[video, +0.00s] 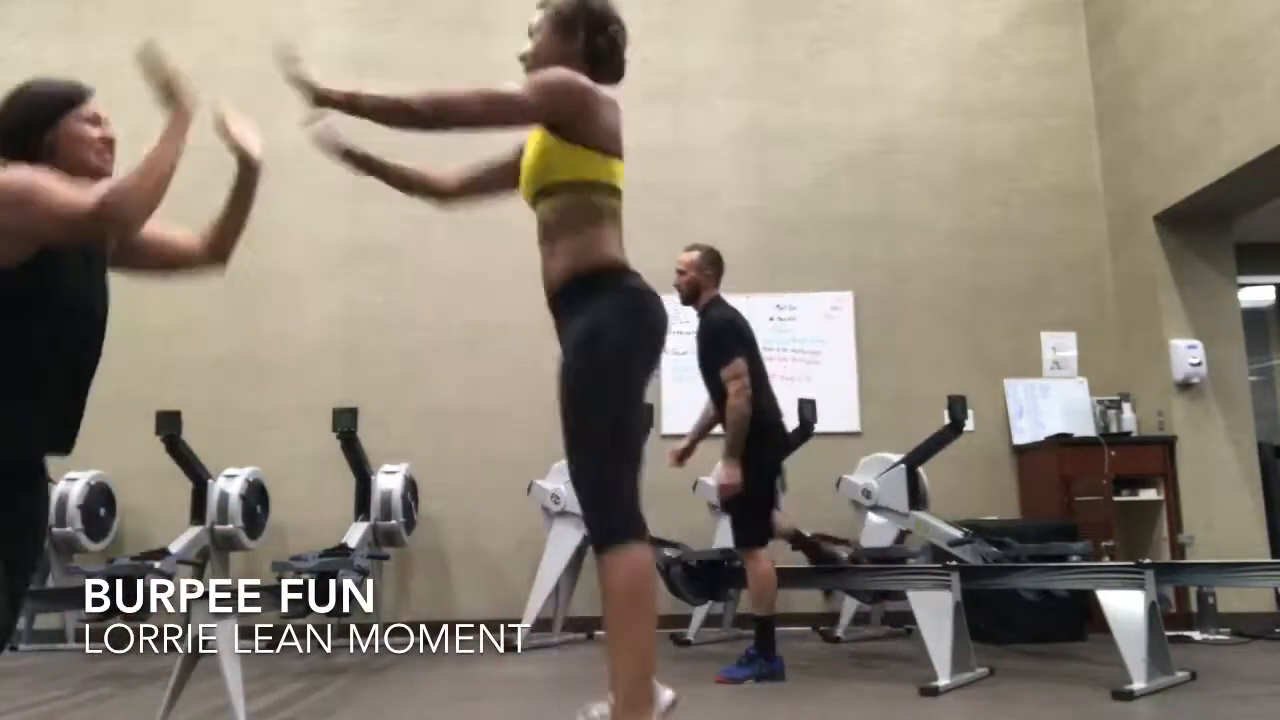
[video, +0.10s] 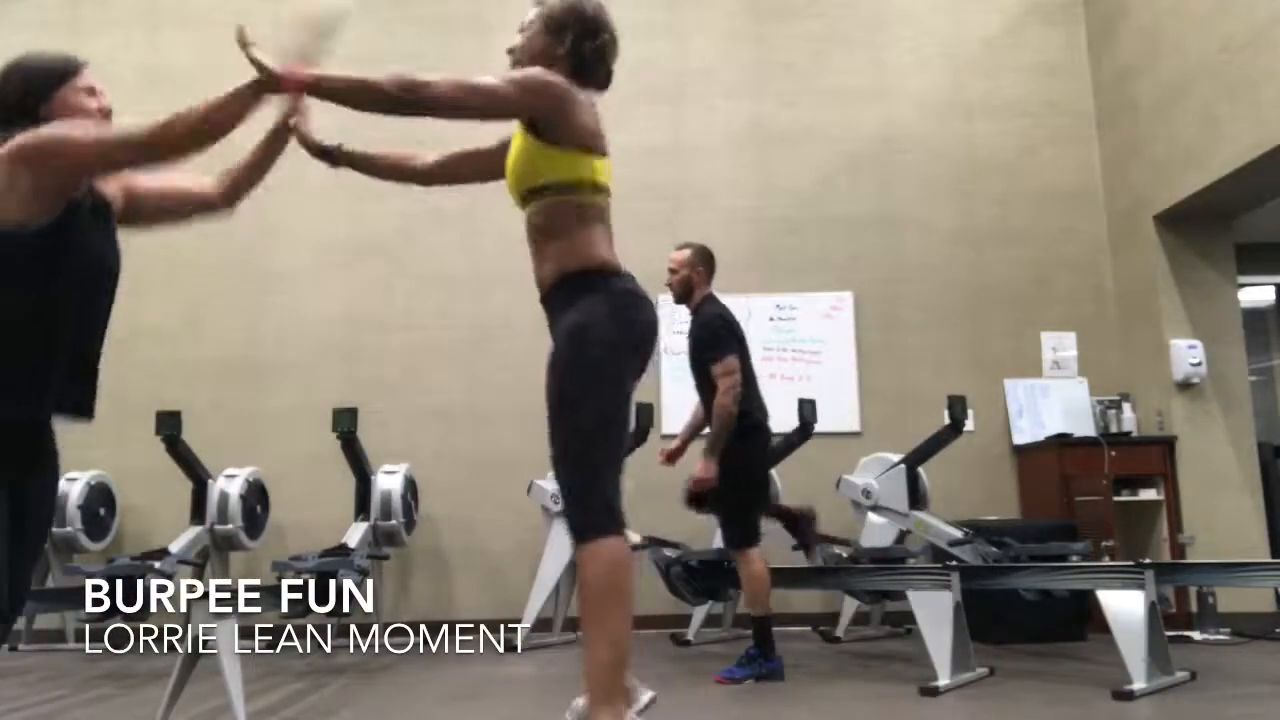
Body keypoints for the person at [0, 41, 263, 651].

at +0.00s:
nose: (107, 132)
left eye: (105, 122)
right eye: (89, 120)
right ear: (43, 135)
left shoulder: (89, 220)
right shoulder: (13, 191)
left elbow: (209, 253)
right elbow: (112, 213)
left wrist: (248, 173)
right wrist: (180, 118)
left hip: (26, 456)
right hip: (3, 452)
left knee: (11, 601)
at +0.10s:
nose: (104, 103)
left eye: (98, 91)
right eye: (86, 92)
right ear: (42, 107)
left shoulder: (100, 190)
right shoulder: (25, 164)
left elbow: (220, 193)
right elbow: (161, 142)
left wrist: (286, 125)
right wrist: (262, 84)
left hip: (31, 427)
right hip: (10, 425)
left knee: (13, 593)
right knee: (9, 591)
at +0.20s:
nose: (105, 99)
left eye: (99, 88)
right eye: (85, 89)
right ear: (35, 108)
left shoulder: (100, 175)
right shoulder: (28, 154)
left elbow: (223, 156)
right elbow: (176, 121)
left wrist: (309, 116)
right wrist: (277, 91)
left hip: (23, 412)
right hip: (1, 412)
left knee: (19, 606)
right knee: (11, 609)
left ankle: (16, 710)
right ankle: (14, 708)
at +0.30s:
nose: (102, 132)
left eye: (98, 118)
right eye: (85, 119)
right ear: (37, 129)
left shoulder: (79, 206)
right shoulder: (19, 181)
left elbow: (204, 200)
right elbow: (160, 159)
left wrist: (296, 146)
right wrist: (286, 110)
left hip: (27, 451)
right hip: (7, 452)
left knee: (27, 648)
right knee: (18, 652)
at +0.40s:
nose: (99, 130)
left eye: (96, 116)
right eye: (82, 117)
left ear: (49, 130)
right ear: (34, 127)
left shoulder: (73, 214)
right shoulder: (12, 182)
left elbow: (190, 230)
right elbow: (116, 197)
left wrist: (284, 184)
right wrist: (244, 136)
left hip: (20, 456)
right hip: (7, 455)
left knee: (11, 639)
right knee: (9, 639)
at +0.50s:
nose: (88, 130)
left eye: (84, 117)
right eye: (73, 116)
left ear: (41, 130)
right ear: (27, 125)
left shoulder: (56, 222)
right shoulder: (7, 185)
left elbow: (176, 250)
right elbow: (61, 220)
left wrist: (264, 208)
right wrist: (189, 160)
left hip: (16, 453)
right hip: (4, 451)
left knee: (9, 628)